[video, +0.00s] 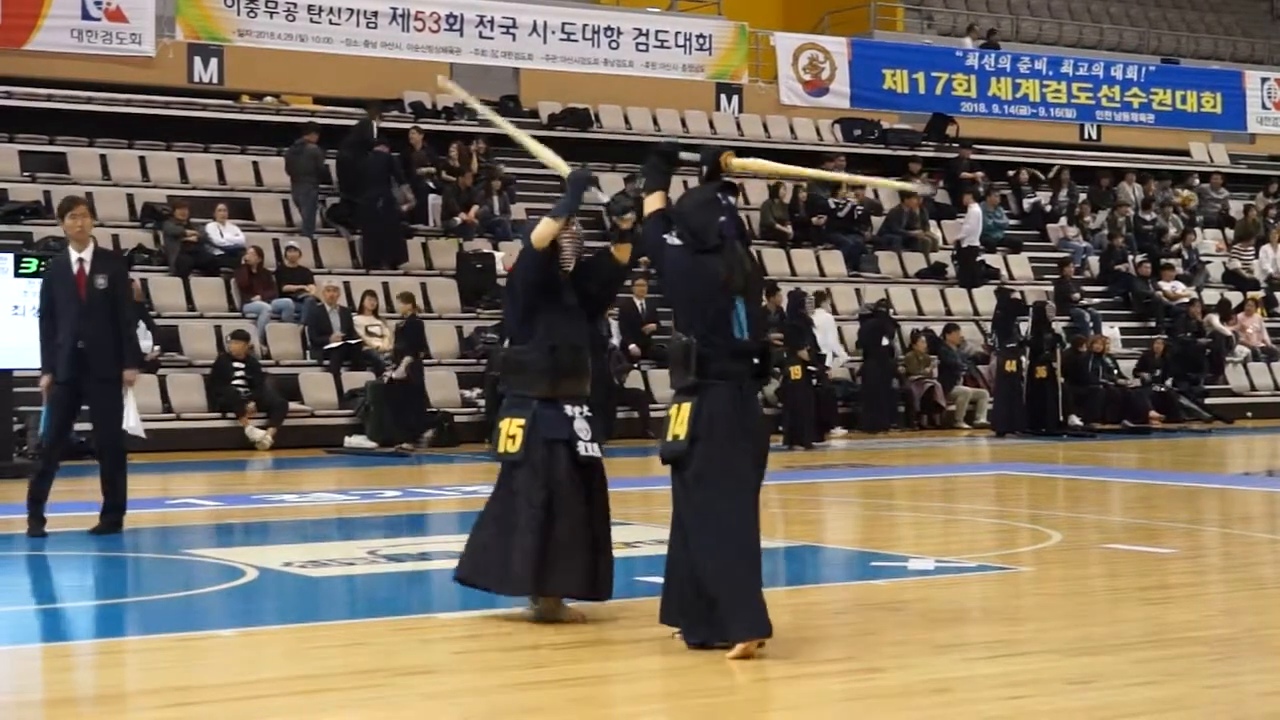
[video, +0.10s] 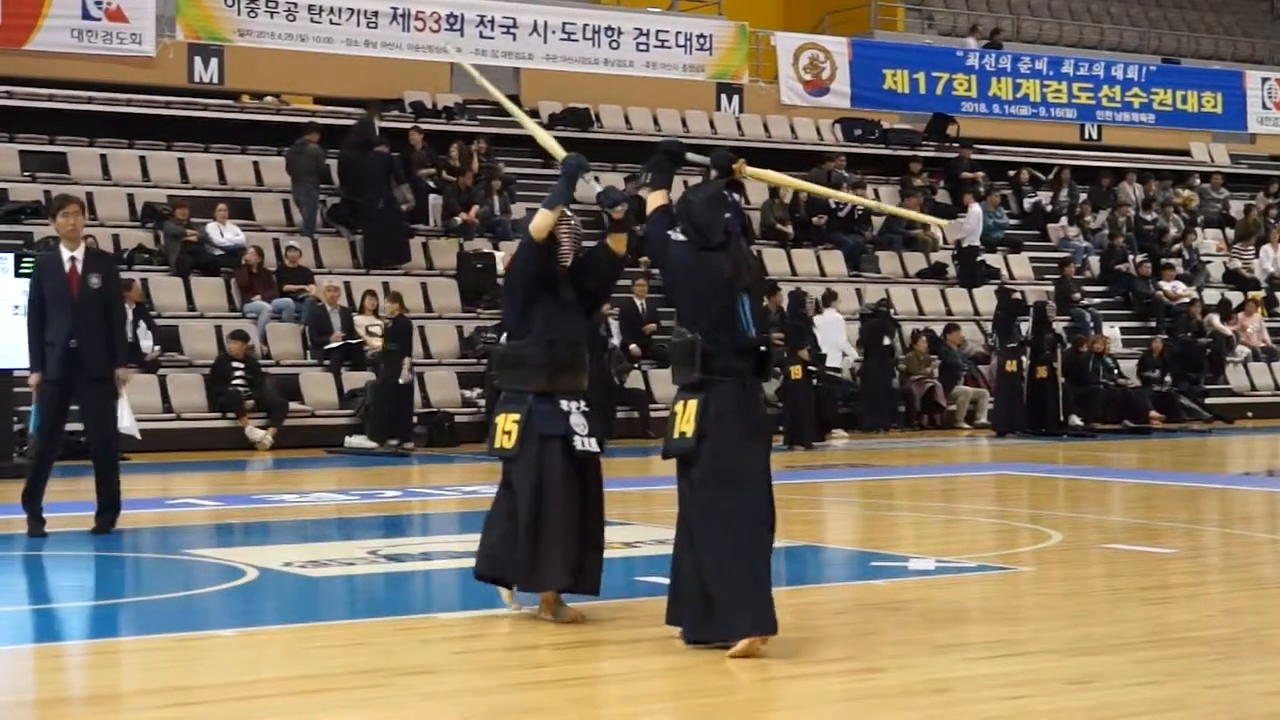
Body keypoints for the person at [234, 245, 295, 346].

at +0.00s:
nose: (248, 256)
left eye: (251, 254)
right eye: (247, 254)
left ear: (259, 259)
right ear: (245, 257)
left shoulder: (265, 272)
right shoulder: (242, 271)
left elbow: (274, 292)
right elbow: (244, 285)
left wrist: (261, 296)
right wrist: (244, 266)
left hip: (268, 301)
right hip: (248, 303)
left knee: (288, 303)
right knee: (266, 308)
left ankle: (286, 336)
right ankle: (261, 342)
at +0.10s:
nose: (248, 256)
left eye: (252, 254)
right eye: (247, 253)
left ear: (259, 258)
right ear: (245, 257)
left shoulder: (266, 272)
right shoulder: (242, 271)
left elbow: (274, 292)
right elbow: (244, 285)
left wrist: (262, 296)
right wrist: (244, 266)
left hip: (268, 301)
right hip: (249, 302)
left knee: (288, 303)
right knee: (266, 308)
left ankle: (286, 336)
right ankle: (261, 342)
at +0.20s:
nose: (248, 256)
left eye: (252, 254)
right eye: (247, 253)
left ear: (259, 258)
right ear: (245, 257)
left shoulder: (266, 272)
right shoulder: (242, 271)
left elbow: (274, 292)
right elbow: (244, 285)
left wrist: (262, 296)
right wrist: (244, 266)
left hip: (269, 301)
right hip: (249, 303)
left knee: (288, 303)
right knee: (266, 308)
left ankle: (285, 336)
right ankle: (260, 341)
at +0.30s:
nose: (248, 256)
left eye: (252, 254)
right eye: (247, 253)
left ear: (260, 258)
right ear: (245, 257)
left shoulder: (266, 272)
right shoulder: (243, 271)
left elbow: (274, 292)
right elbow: (244, 285)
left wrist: (262, 296)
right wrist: (245, 266)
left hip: (269, 301)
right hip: (249, 302)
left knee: (288, 303)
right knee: (267, 308)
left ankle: (287, 336)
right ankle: (260, 341)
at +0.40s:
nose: (249, 255)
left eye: (253, 253)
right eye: (248, 253)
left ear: (260, 258)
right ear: (246, 256)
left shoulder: (267, 272)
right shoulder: (243, 271)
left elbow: (275, 291)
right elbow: (244, 283)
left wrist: (262, 296)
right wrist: (245, 265)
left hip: (269, 300)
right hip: (250, 302)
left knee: (289, 302)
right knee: (267, 308)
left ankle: (287, 336)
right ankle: (261, 342)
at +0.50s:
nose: (249, 255)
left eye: (253, 253)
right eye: (249, 252)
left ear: (260, 258)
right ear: (247, 255)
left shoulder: (267, 271)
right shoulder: (243, 270)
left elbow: (275, 290)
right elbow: (244, 283)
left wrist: (263, 295)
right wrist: (245, 264)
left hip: (269, 300)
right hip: (250, 301)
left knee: (289, 302)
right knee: (267, 307)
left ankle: (287, 336)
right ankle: (261, 341)